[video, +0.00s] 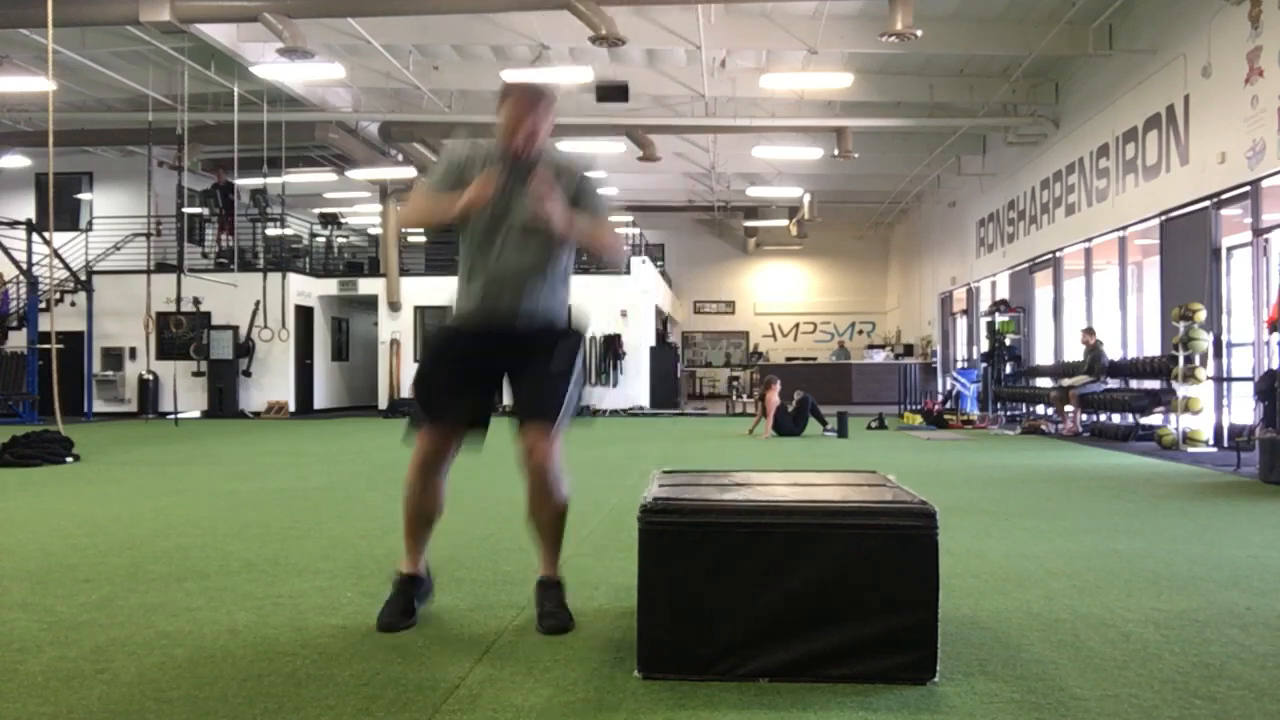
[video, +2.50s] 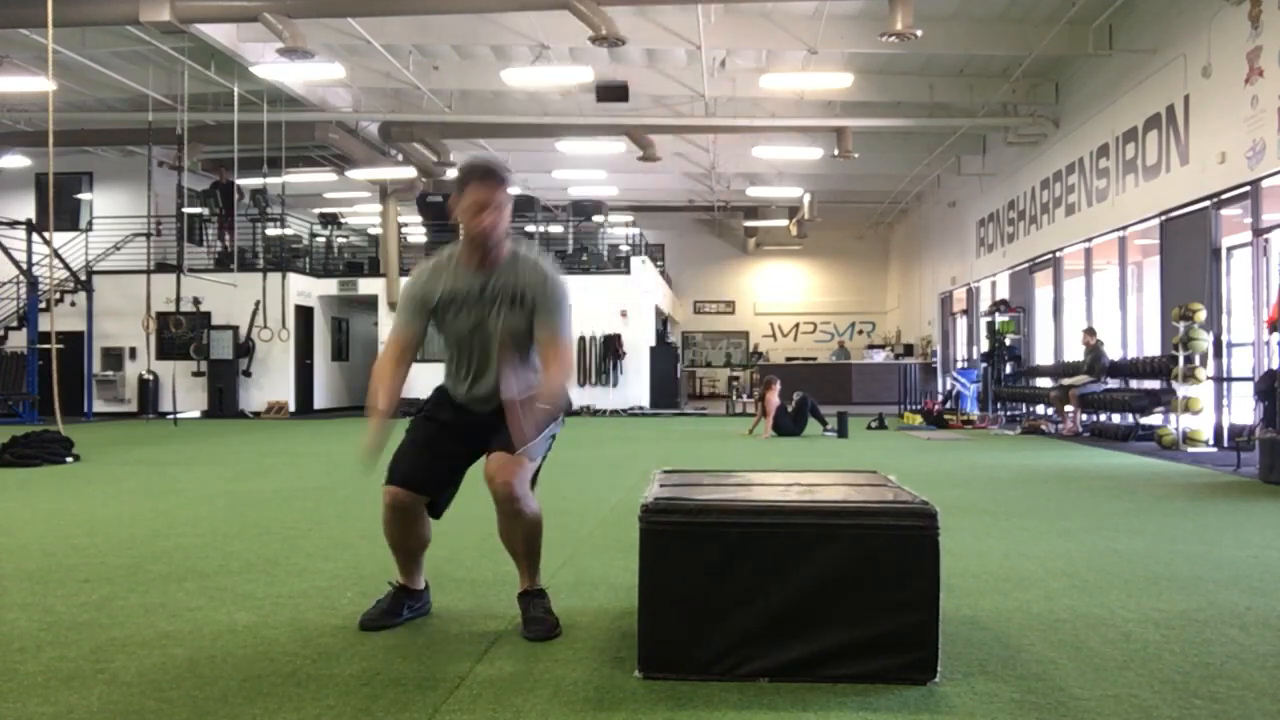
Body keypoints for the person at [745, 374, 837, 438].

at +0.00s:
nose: (779, 387)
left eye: (779, 385)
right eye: (778, 385)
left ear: (767, 385)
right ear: (773, 385)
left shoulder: (764, 396)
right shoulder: (772, 396)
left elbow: (759, 415)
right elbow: (770, 416)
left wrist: (751, 430)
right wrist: (767, 433)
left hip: (785, 430)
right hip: (793, 431)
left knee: (805, 398)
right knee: (807, 399)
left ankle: (825, 425)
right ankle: (826, 426)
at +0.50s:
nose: (779, 387)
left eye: (779, 384)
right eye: (778, 385)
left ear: (767, 385)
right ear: (773, 385)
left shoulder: (764, 396)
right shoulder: (772, 396)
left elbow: (759, 415)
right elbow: (770, 415)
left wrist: (751, 429)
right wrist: (767, 433)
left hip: (784, 430)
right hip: (793, 431)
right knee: (807, 399)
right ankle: (826, 426)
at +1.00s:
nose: (779, 387)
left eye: (779, 384)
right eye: (778, 384)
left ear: (767, 385)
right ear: (773, 385)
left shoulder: (764, 396)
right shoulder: (772, 396)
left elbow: (759, 415)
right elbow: (770, 415)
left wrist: (751, 429)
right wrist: (767, 433)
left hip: (785, 430)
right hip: (793, 431)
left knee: (807, 402)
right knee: (807, 401)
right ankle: (826, 426)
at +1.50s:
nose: (779, 387)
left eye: (779, 384)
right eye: (777, 385)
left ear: (769, 386)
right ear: (772, 386)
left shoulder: (765, 396)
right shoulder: (771, 397)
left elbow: (759, 415)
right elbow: (769, 416)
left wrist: (751, 429)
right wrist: (767, 433)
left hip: (785, 430)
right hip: (793, 431)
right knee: (808, 401)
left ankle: (799, 402)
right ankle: (826, 426)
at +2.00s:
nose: (779, 387)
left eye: (778, 384)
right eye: (778, 384)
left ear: (767, 385)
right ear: (772, 385)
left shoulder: (765, 396)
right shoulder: (771, 396)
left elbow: (759, 416)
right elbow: (769, 416)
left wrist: (751, 430)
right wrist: (767, 433)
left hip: (785, 430)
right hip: (793, 430)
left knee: (808, 401)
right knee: (806, 401)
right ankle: (826, 426)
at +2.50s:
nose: (779, 387)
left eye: (779, 384)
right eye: (778, 385)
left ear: (767, 385)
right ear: (773, 385)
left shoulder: (764, 396)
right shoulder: (772, 396)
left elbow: (759, 415)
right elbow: (769, 416)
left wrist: (750, 430)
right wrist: (767, 433)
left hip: (784, 430)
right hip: (792, 430)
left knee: (803, 398)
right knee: (806, 399)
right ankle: (826, 426)